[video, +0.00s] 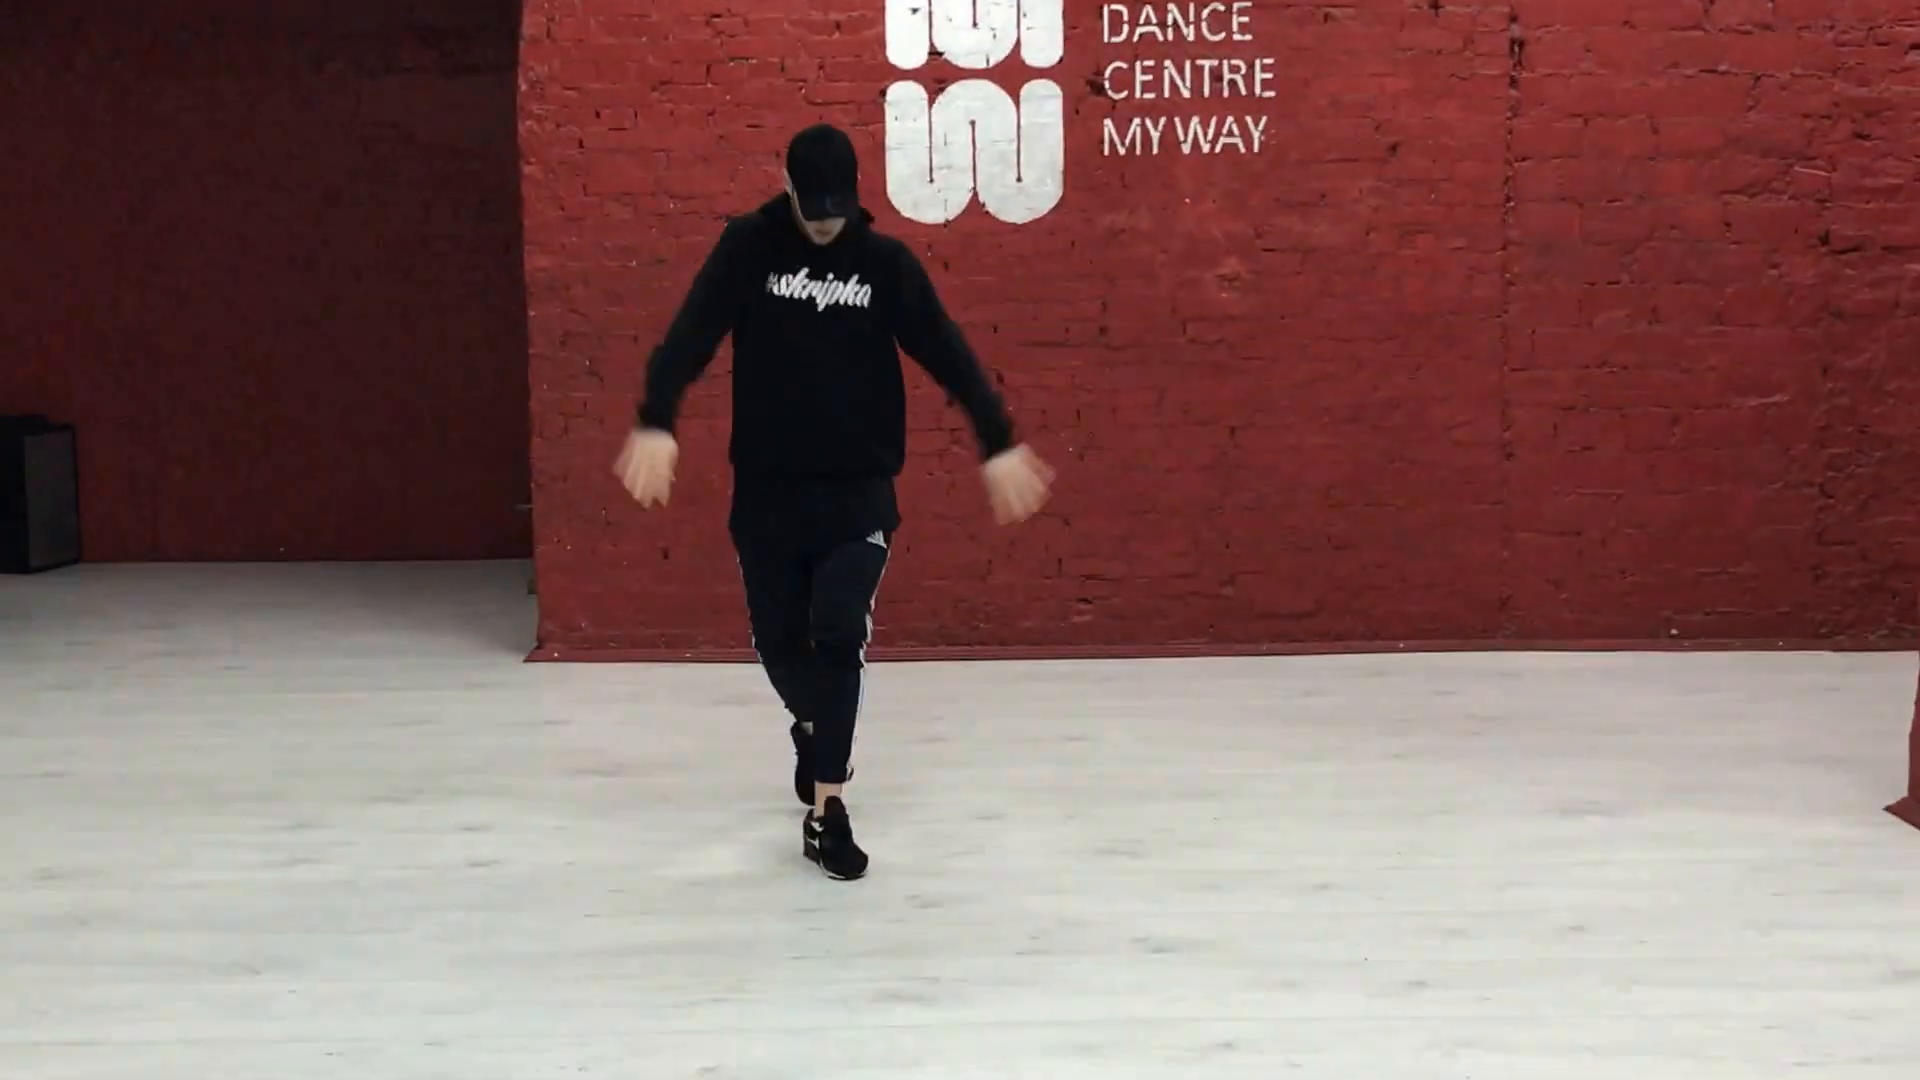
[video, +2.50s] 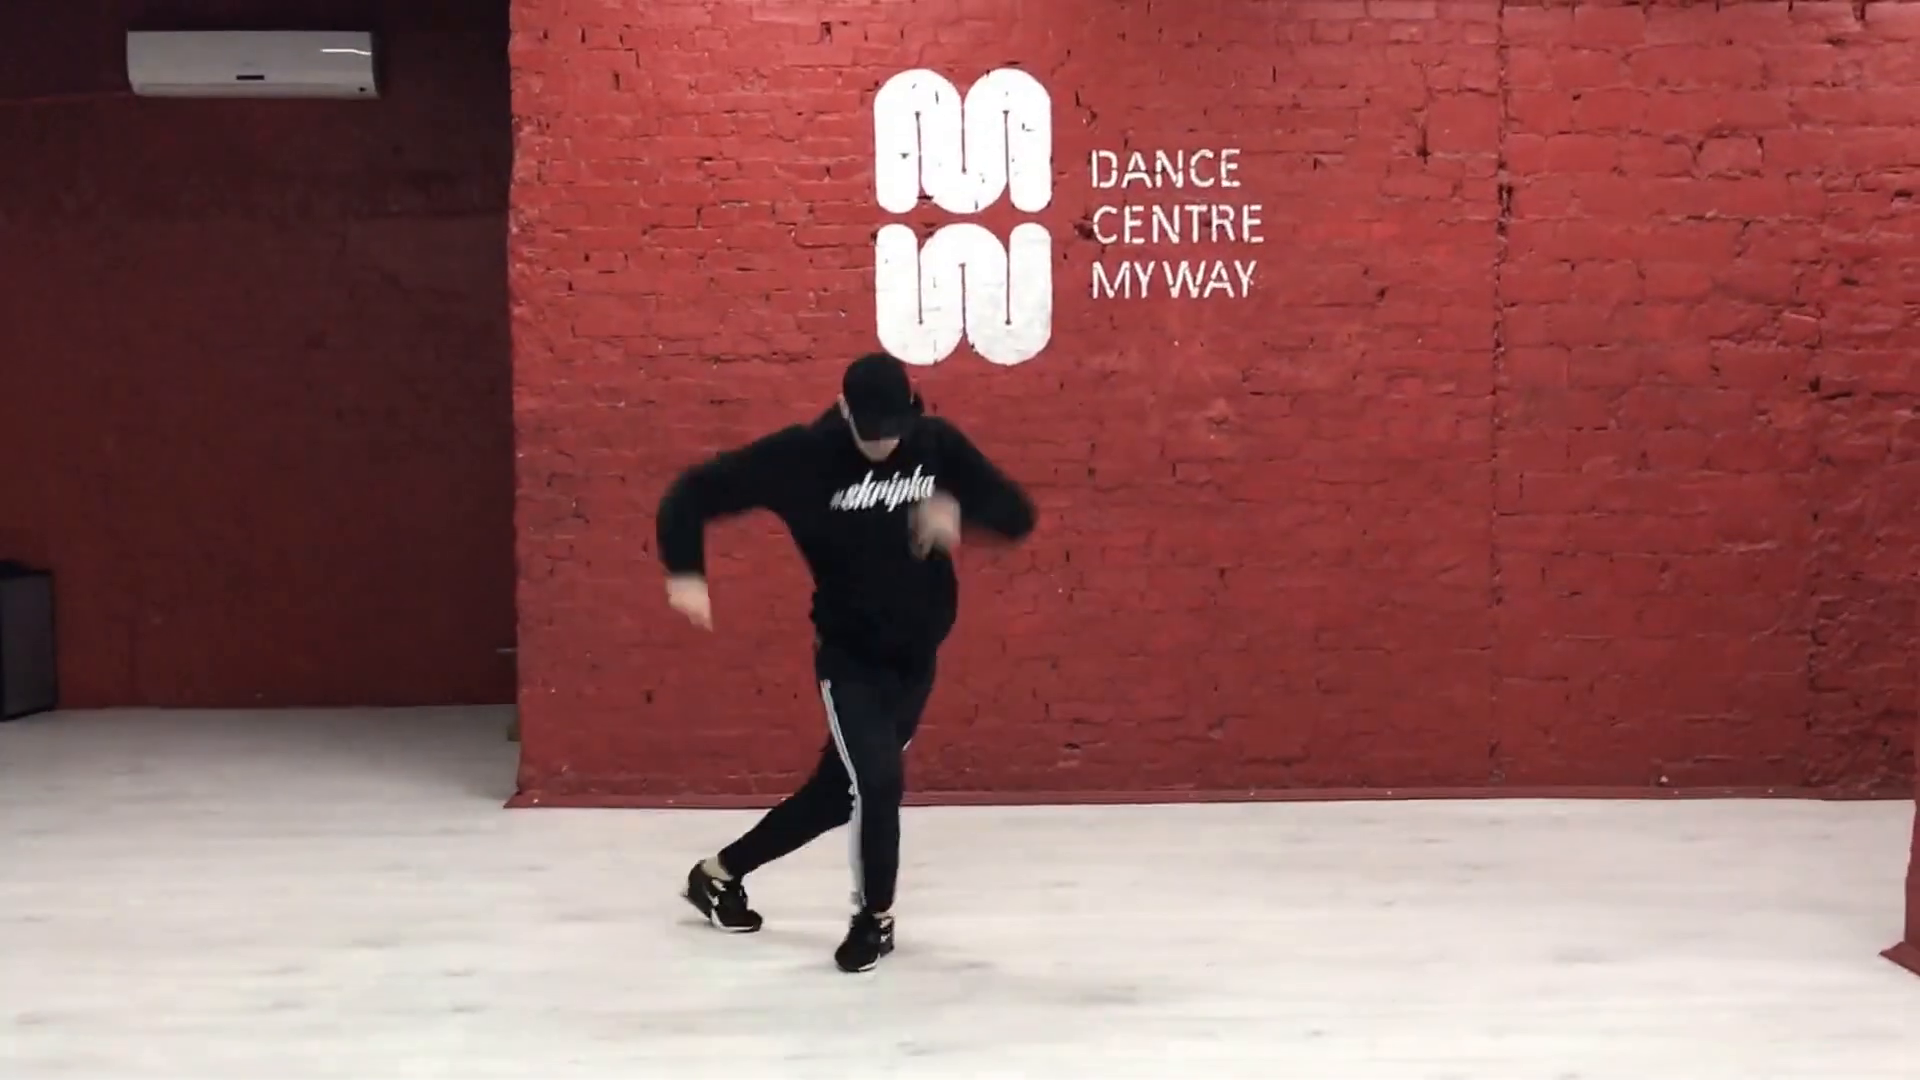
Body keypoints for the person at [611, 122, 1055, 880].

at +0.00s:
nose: (823, 227)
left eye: (834, 215)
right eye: (811, 214)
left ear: (854, 199)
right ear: (789, 194)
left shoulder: (887, 264)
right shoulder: (748, 247)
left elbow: (949, 355)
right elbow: (692, 334)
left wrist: (998, 442)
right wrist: (657, 419)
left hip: (858, 487)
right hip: (766, 485)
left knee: (840, 633)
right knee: (779, 647)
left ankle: (827, 801)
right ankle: (813, 722)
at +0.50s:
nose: (802, 150)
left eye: (815, 139)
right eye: (790, 139)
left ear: (834, 151)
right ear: (770, 151)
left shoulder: (876, 238)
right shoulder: (735, 239)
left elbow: (918, 346)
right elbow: (705, 351)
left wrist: (956, 449)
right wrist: (687, 457)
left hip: (853, 454)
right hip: (769, 456)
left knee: (839, 603)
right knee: (796, 611)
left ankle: (858, 756)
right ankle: (820, 751)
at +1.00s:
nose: (829, 210)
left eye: (840, 198)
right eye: (815, 199)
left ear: (858, 209)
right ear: (797, 211)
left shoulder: (896, 300)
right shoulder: (763, 299)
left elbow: (906, 410)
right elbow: (763, 411)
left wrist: (831, 455)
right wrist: (827, 481)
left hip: (880, 499)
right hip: (796, 498)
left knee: (873, 647)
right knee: (818, 646)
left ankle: (874, 771)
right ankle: (817, 786)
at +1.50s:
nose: (886, 275)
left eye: (897, 261)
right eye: (877, 258)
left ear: (909, 251)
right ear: (846, 238)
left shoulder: (917, 307)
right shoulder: (792, 306)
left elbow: (967, 378)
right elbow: (720, 390)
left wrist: (1030, 442)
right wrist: (644, 470)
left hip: (903, 522)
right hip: (817, 523)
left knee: (914, 663)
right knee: (815, 670)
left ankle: (870, 799)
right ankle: (783, 810)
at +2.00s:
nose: (928, 367)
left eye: (938, 355)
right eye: (918, 353)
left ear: (949, 338)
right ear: (887, 329)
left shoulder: (964, 374)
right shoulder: (837, 373)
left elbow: (1036, 371)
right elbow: (743, 407)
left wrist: (1114, 336)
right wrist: (744, 382)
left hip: (965, 588)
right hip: (874, 595)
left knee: (1041, 707)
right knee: (849, 737)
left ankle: (1051, 867)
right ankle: (890, 884)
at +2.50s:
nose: (882, 448)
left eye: (892, 437)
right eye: (871, 438)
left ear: (909, 414)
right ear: (847, 415)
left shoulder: (935, 444)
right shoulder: (803, 455)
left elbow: (1018, 516)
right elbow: (690, 494)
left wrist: (961, 514)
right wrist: (684, 570)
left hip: (916, 652)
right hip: (846, 650)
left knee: (835, 796)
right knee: (879, 783)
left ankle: (720, 872)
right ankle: (874, 916)